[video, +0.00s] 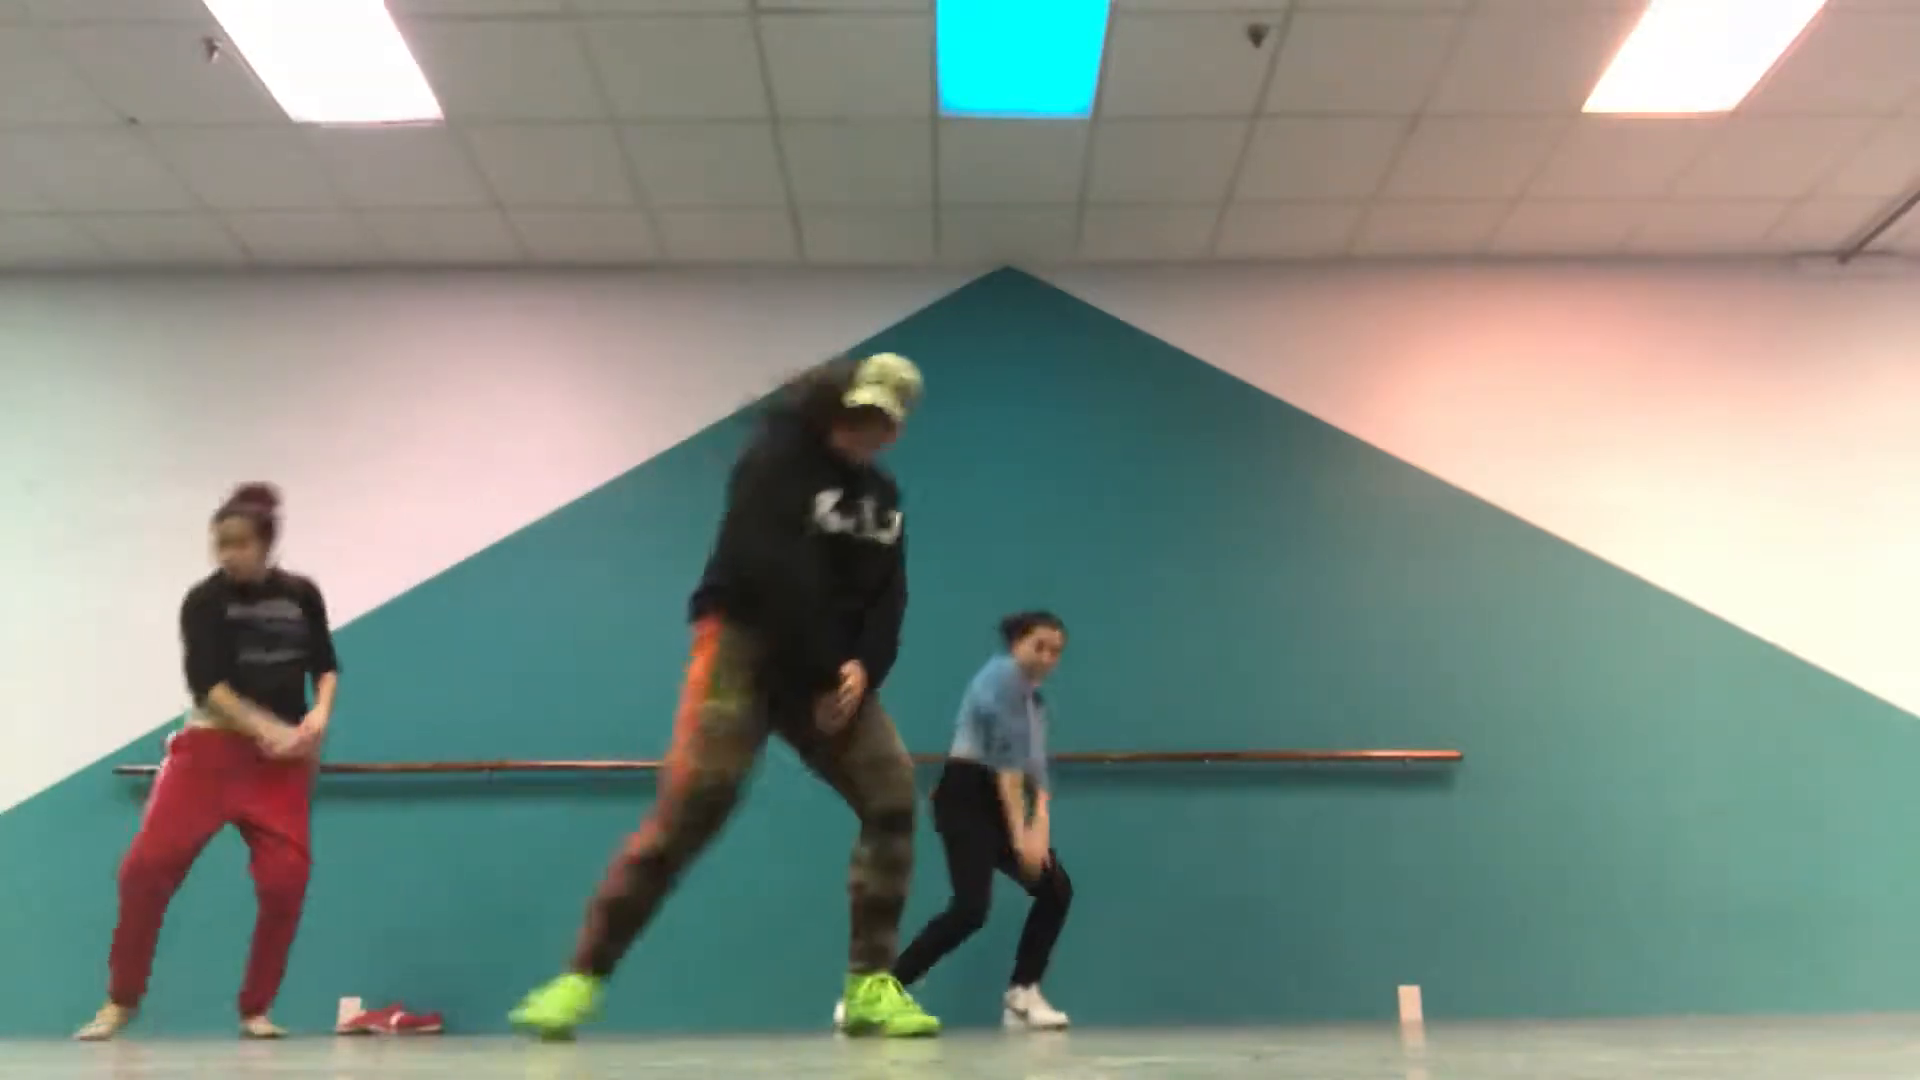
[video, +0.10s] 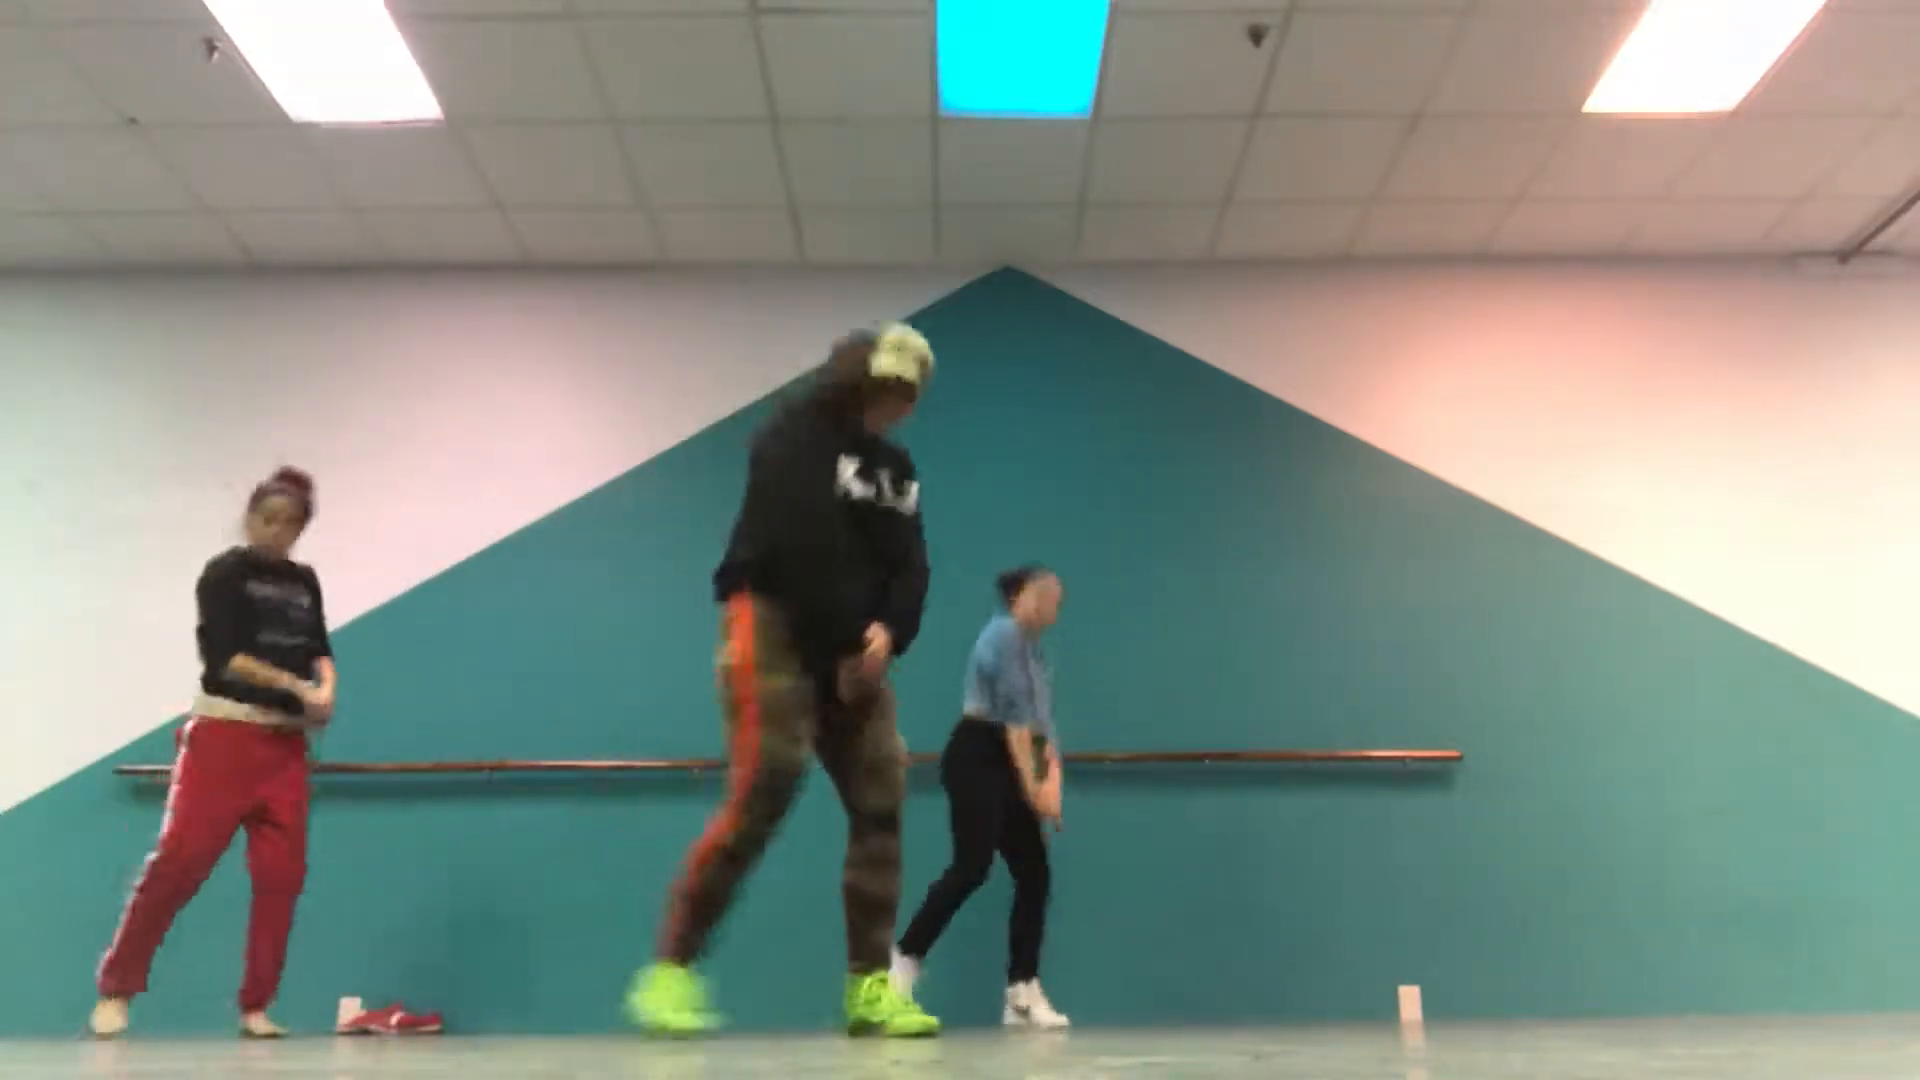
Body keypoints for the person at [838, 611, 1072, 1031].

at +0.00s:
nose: (1046, 658)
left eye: (1054, 652)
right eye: (1040, 647)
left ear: (1058, 657)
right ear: (1017, 644)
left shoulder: (1034, 700)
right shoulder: (1001, 680)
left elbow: (1040, 777)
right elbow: (1005, 770)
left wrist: (1039, 832)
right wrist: (1020, 836)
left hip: (1001, 796)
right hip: (964, 792)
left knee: (1056, 889)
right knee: (971, 908)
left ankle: (1023, 991)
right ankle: (881, 993)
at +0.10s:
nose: (1053, 606)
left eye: (1055, 598)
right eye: (1046, 595)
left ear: (1047, 604)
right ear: (1020, 596)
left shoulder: (1033, 647)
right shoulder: (1003, 636)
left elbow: (1043, 723)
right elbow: (1014, 720)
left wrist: (1053, 777)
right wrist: (1031, 785)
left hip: (1009, 752)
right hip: (976, 749)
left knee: (1033, 869)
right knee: (971, 867)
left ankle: (1023, 987)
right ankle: (906, 959)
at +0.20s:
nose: (1043, 563)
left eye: (1046, 558)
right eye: (1031, 558)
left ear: (1051, 575)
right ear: (1008, 573)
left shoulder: (1043, 628)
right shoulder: (1005, 617)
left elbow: (1059, 691)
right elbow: (1031, 690)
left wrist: (1080, 735)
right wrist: (1061, 741)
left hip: (1004, 727)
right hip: (974, 721)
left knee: (1015, 844)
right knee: (970, 840)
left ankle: (1030, 968)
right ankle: (930, 960)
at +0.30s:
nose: (1036, 567)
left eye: (1039, 562)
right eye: (1023, 562)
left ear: (1043, 580)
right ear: (1001, 580)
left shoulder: (1030, 624)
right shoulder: (1005, 612)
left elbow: (1068, 676)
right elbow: (1052, 661)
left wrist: (1109, 713)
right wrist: (1107, 706)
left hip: (1005, 738)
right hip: (979, 731)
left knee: (1019, 855)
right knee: (972, 847)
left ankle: (1014, 977)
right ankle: (934, 967)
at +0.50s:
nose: (1053, 603)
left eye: (1059, 597)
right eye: (1044, 592)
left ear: (1059, 604)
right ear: (1018, 593)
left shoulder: (1034, 634)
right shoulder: (1019, 626)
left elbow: (1062, 701)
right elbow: (1060, 690)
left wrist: (1096, 739)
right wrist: (1105, 744)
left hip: (1010, 749)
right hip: (993, 747)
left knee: (1027, 871)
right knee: (1020, 869)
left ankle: (1005, 987)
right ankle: (945, 964)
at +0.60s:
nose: (1065, 624)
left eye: (1071, 618)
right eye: (1059, 612)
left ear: (1070, 621)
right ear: (1034, 605)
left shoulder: (1040, 654)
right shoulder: (1021, 638)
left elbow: (1040, 721)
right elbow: (1033, 709)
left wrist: (1059, 770)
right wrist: (1060, 769)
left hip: (1013, 754)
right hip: (1009, 751)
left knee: (1031, 867)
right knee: (1073, 854)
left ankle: (1002, 988)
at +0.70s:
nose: (1065, 625)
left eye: (1071, 620)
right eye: (1060, 613)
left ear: (1068, 622)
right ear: (1036, 607)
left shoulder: (1022, 643)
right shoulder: (1023, 635)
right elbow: (1040, 689)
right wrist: (1073, 727)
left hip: (1016, 761)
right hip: (1017, 758)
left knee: (1037, 881)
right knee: (1108, 837)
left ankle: (1003, 988)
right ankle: (1013, 835)